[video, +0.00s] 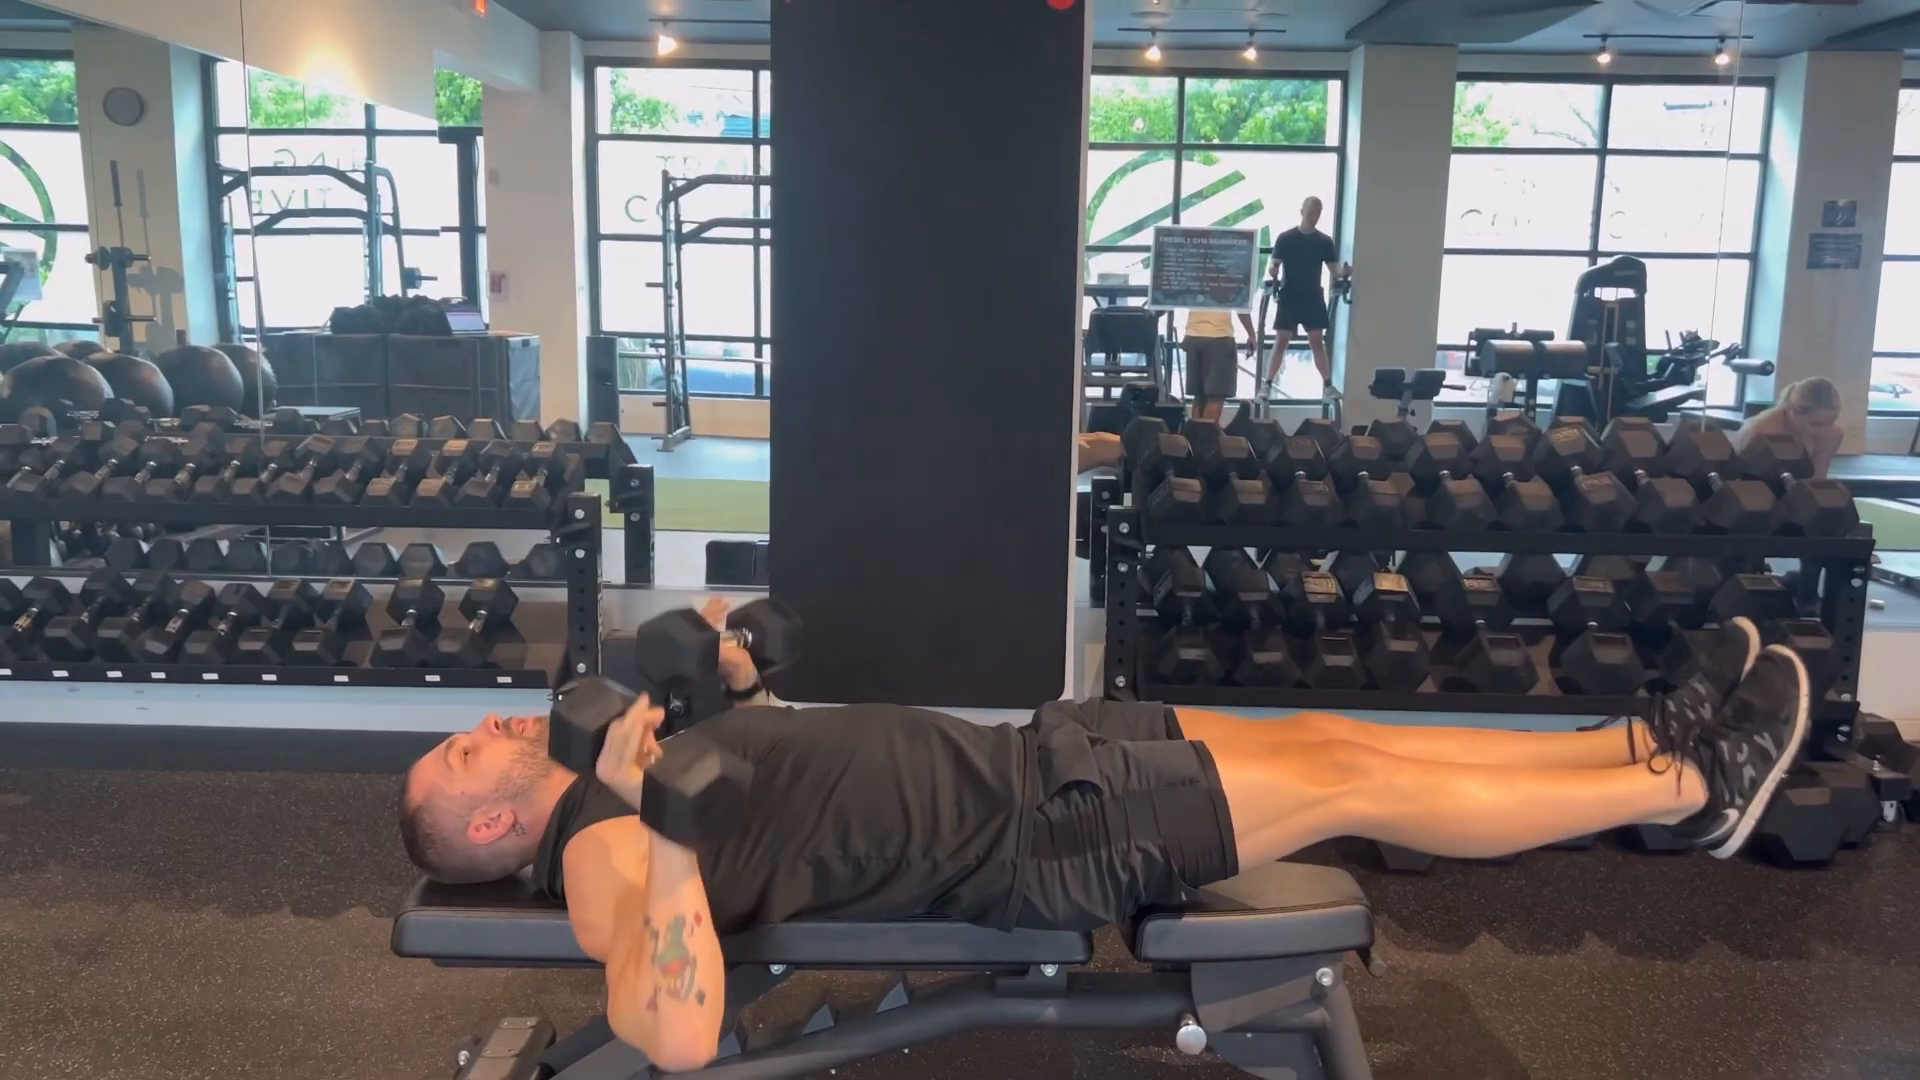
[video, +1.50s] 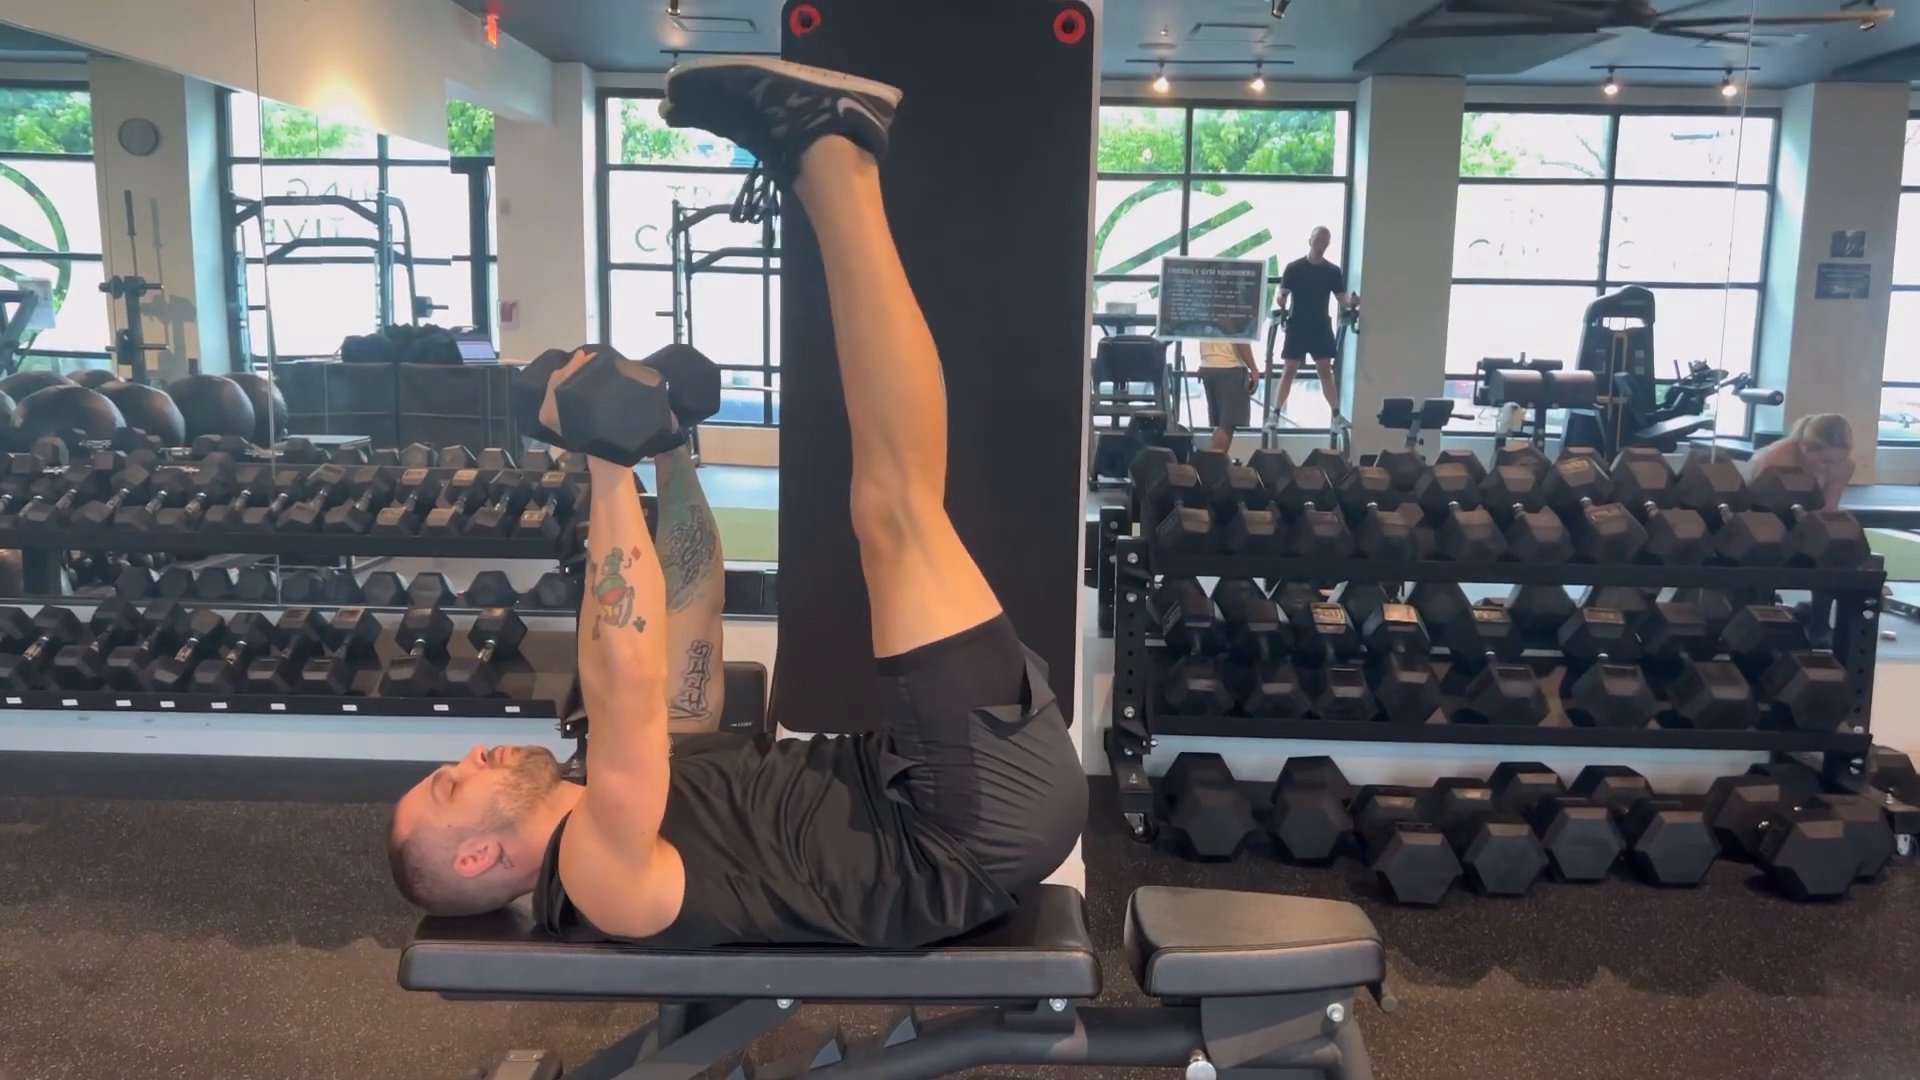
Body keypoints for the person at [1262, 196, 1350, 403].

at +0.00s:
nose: (1313, 216)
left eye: (1316, 212)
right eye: (1310, 211)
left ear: (1320, 214)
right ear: (1302, 211)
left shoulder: (1325, 242)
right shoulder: (1285, 238)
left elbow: (1334, 271)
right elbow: (1273, 267)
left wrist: (1346, 271)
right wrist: (1275, 279)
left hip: (1313, 296)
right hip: (1289, 295)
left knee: (1317, 342)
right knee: (1281, 341)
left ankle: (1327, 386)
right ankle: (1267, 384)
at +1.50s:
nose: (1320, 246)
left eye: (1324, 243)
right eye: (1317, 242)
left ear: (1328, 245)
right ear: (1310, 241)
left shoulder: (1333, 271)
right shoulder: (1294, 268)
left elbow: (1342, 299)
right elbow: (1281, 296)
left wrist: (1352, 301)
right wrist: (1283, 309)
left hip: (1320, 325)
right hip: (1297, 324)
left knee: (1325, 371)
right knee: (1289, 370)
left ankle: (1336, 414)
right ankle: (1276, 412)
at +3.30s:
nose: (1311, 273)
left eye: (1315, 269)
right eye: (1308, 269)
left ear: (1319, 269)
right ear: (1301, 266)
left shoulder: (1327, 289)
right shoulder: (1288, 287)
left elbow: (1335, 315)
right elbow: (1277, 309)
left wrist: (1345, 311)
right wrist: (1277, 315)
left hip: (1316, 337)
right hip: (1292, 337)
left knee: (1328, 378)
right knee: (1284, 376)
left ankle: (1331, 423)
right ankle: (1272, 420)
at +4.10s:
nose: (1307, 282)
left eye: (1310, 278)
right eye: (1303, 278)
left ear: (1315, 278)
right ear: (1297, 277)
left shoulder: (1321, 300)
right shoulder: (1285, 300)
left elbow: (1333, 323)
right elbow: (1271, 324)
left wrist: (1344, 319)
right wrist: (1272, 319)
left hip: (1314, 352)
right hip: (1291, 353)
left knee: (1314, 399)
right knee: (1290, 399)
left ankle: (1311, 442)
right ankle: (1286, 441)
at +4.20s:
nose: (1306, 284)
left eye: (1309, 280)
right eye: (1302, 279)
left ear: (1314, 280)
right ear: (1296, 279)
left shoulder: (1320, 301)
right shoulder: (1284, 301)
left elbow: (1334, 323)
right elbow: (1272, 333)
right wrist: (1273, 321)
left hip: (1312, 356)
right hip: (1289, 356)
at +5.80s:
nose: (1303, 288)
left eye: (1306, 284)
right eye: (1299, 284)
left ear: (1310, 287)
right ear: (1293, 288)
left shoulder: (1320, 311)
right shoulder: (1284, 312)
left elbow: (1332, 334)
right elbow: (1271, 332)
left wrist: (1343, 328)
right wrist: (1271, 329)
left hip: (1314, 358)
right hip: (1291, 357)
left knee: (1319, 393)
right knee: (1299, 381)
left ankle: (1323, 435)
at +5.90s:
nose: (1303, 285)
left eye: (1306, 282)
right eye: (1299, 282)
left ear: (1310, 286)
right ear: (1292, 286)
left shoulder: (1320, 310)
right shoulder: (1283, 311)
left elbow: (1332, 334)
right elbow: (1272, 336)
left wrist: (1342, 329)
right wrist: (1272, 329)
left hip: (1314, 358)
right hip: (1289, 359)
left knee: (1323, 357)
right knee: (1301, 353)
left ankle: (1330, 391)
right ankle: (1309, 396)